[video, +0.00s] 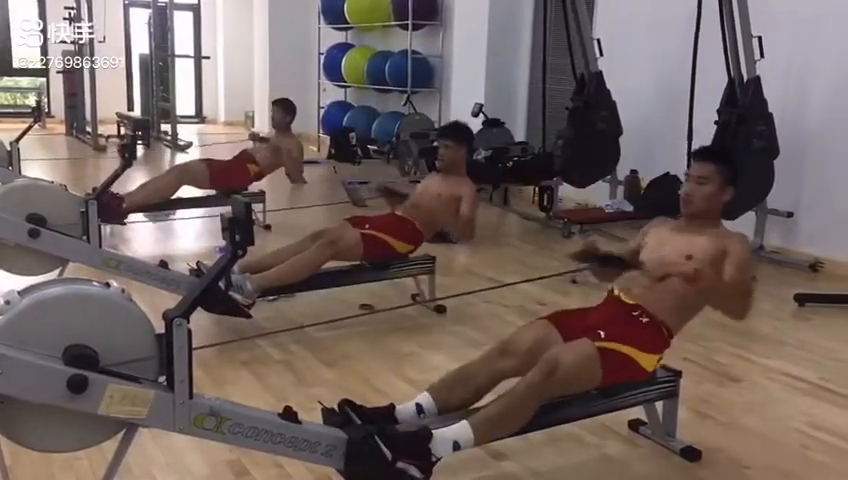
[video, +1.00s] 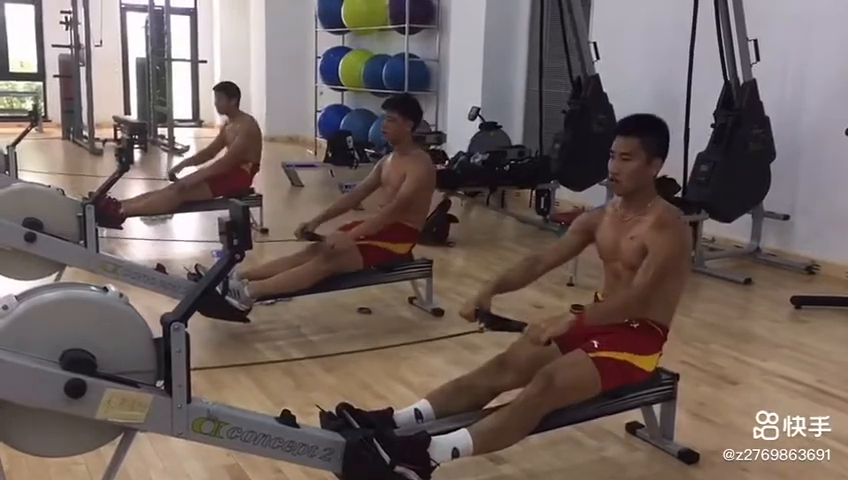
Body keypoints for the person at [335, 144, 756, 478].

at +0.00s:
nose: (688, 188)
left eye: (701, 182)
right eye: (688, 179)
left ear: (726, 194)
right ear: (684, 182)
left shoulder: (733, 243)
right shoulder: (658, 227)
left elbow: (739, 309)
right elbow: (627, 272)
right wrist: (599, 259)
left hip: (639, 337)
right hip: (600, 314)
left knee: (546, 372)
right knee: (509, 350)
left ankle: (432, 452)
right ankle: (397, 419)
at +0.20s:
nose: (686, 188)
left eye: (699, 182)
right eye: (686, 179)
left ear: (724, 196)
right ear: (683, 186)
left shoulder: (732, 252)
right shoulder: (658, 230)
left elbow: (749, 328)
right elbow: (627, 288)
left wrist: (725, 287)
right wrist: (612, 261)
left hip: (638, 337)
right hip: (600, 314)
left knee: (542, 374)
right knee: (504, 351)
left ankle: (428, 451)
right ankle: (391, 419)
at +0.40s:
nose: (666, 175)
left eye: (678, 168)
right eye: (666, 166)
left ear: (704, 178)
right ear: (663, 172)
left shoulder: (713, 238)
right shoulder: (642, 223)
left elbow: (730, 316)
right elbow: (621, 271)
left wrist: (689, 293)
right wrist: (585, 261)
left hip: (637, 337)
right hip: (599, 315)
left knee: (543, 372)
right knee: (504, 353)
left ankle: (429, 451)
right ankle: (393, 420)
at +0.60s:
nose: (643, 167)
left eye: (655, 158)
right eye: (642, 157)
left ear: (683, 166)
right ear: (639, 160)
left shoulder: (689, 227)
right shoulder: (620, 217)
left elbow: (689, 306)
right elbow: (574, 267)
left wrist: (628, 303)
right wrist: (537, 279)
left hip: (636, 334)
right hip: (590, 318)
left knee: (544, 379)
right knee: (504, 359)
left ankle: (427, 454)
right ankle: (393, 420)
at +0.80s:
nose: (625, 166)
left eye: (638, 157)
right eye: (624, 156)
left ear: (667, 164)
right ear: (622, 160)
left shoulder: (678, 225)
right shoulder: (608, 216)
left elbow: (654, 306)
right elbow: (553, 262)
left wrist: (581, 321)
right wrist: (502, 289)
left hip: (638, 336)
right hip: (595, 321)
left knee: (545, 381)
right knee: (503, 363)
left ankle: (433, 454)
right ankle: (395, 420)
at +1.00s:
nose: (614, 167)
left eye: (627, 159)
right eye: (613, 157)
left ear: (656, 166)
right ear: (608, 159)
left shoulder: (668, 226)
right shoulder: (601, 216)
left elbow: (633, 303)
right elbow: (540, 261)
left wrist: (571, 321)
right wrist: (491, 290)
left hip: (639, 338)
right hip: (598, 322)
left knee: (544, 387)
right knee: (500, 368)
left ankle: (432, 454)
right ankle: (395, 422)